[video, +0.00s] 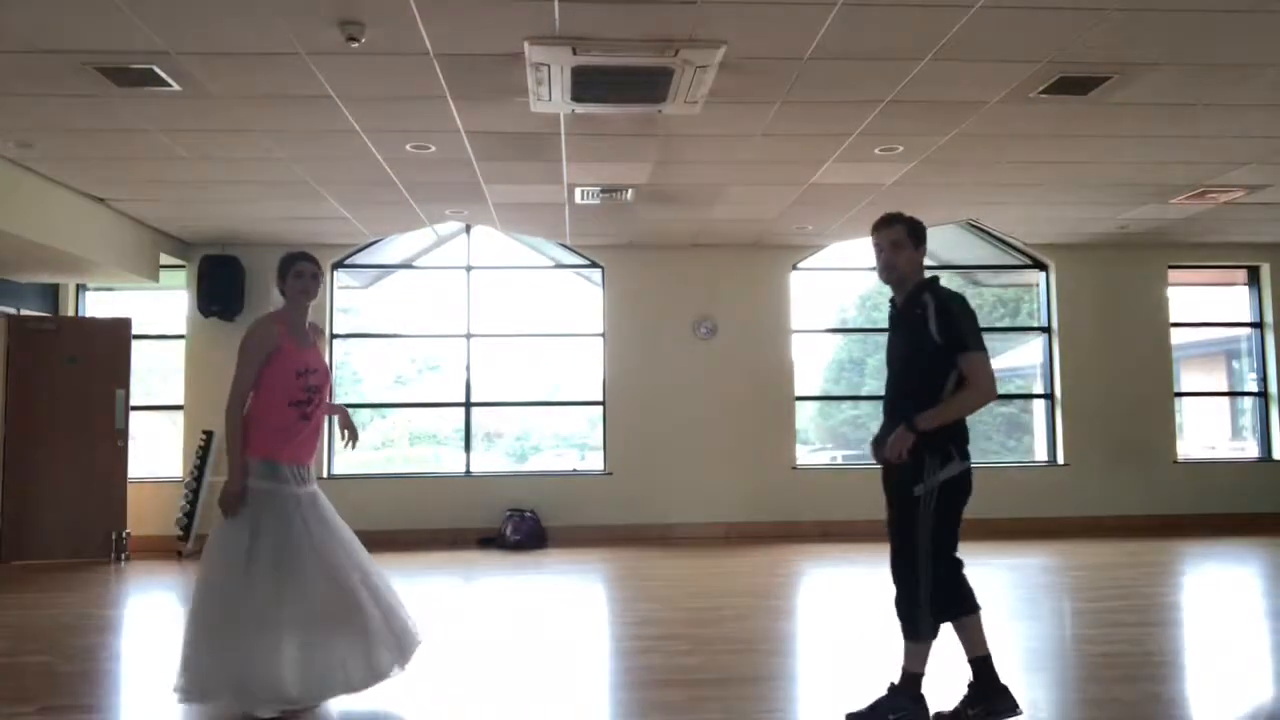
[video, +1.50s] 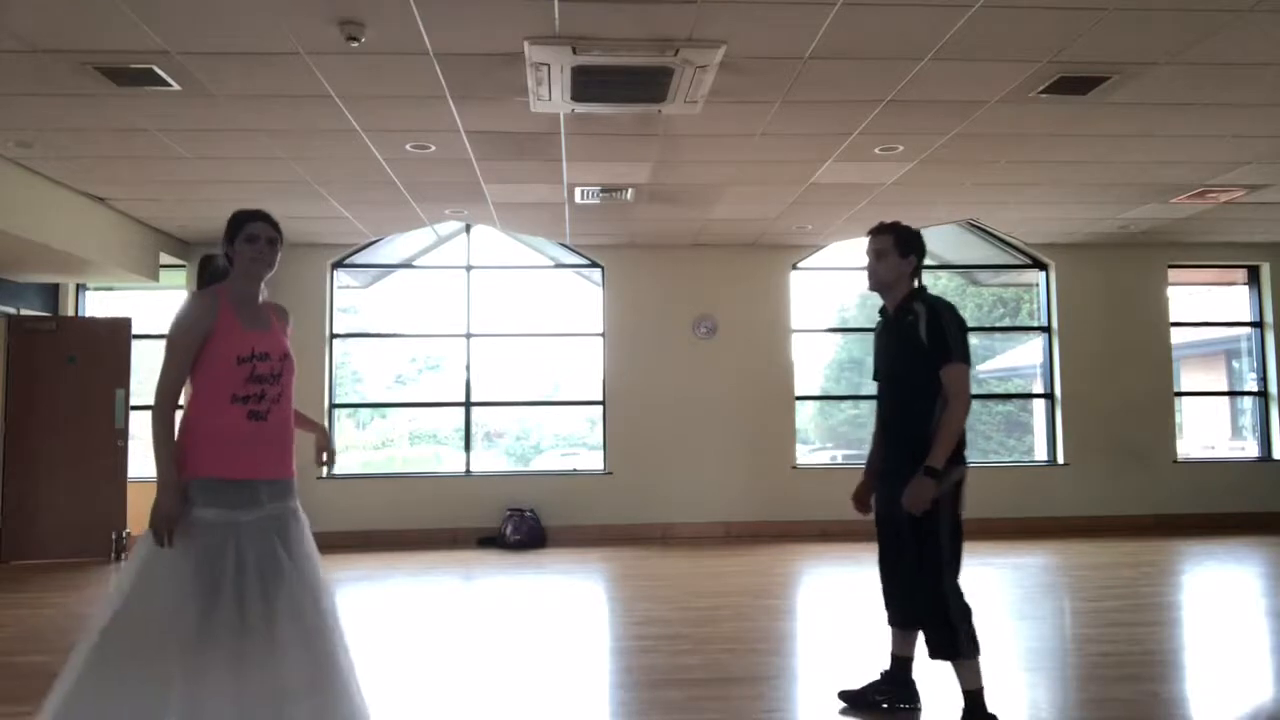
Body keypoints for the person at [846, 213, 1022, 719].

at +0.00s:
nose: (882, 258)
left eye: (891, 248)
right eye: (878, 250)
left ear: (918, 251)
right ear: (877, 257)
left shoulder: (945, 305)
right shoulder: (901, 311)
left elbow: (983, 386)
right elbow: (913, 384)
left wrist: (914, 425)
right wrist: (891, 432)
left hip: (936, 462)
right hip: (908, 462)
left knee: (917, 573)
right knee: (941, 569)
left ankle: (908, 694)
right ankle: (989, 685)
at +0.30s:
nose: (868, 267)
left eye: (878, 257)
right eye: (863, 259)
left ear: (901, 262)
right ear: (861, 267)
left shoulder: (921, 313)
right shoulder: (888, 318)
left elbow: (946, 393)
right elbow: (900, 391)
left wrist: (885, 433)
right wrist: (879, 438)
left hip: (918, 457)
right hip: (891, 456)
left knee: (915, 562)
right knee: (863, 553)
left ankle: (912, 689)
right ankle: (935, 655)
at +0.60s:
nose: (843, 272)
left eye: (851, 263)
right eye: (842, 264)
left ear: (880, 266)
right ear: (858, 269)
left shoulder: (906, 314)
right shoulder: (871, 321)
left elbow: (921, 396)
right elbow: (870, 399)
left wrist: (884, 461)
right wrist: (849, 455)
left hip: (907, 464)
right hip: (875, 464)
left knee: (903, 567)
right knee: (876, 567)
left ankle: (908, 687)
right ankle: (893, 675)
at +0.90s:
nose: (838, 274)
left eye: (846, 265)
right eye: (837, 266)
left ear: (874, 267)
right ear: (858, 271)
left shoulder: (902, 313)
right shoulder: (864, 326)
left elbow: (928, 391)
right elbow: (859, 403)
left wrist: (910, 464)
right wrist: (824, 463)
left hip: (902, 461)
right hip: (872, 462)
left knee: (895, 567)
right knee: (879, 566)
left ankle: (905, 684)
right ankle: (894, 674)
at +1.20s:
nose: (846, 269)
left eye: (854, 261)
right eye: (846, 262)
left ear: (884, 265)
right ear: (861, 269)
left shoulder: (912, 314)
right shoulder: (866, 324)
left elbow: (935, 392)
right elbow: (868, 403)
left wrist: (912, 464)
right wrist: (848, 467)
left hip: (908, 462)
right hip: (875, 462)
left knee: (914, 571)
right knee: (885, 570)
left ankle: (944, 693)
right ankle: (897, 679)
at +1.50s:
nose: (869, 265)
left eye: (879, 257)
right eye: (869, 257)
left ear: (908, 263)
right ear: (881, 264)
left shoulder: (938, 315)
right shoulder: (887, 326)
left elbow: (959, 399)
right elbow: (889, 410)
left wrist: (932, 472)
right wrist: (870, 475)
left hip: (933, 472)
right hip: (894, 471)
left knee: (938, 585)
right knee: (899, 577)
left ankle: (976, 707)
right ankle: (898, 679)